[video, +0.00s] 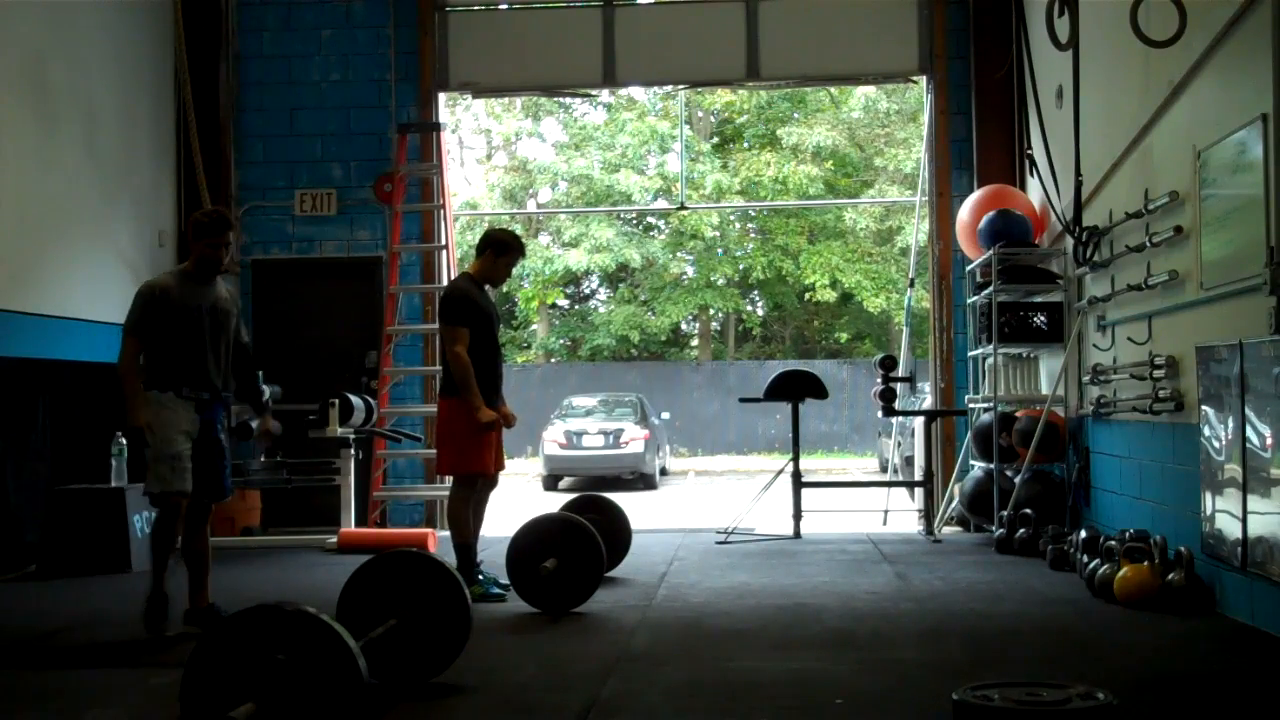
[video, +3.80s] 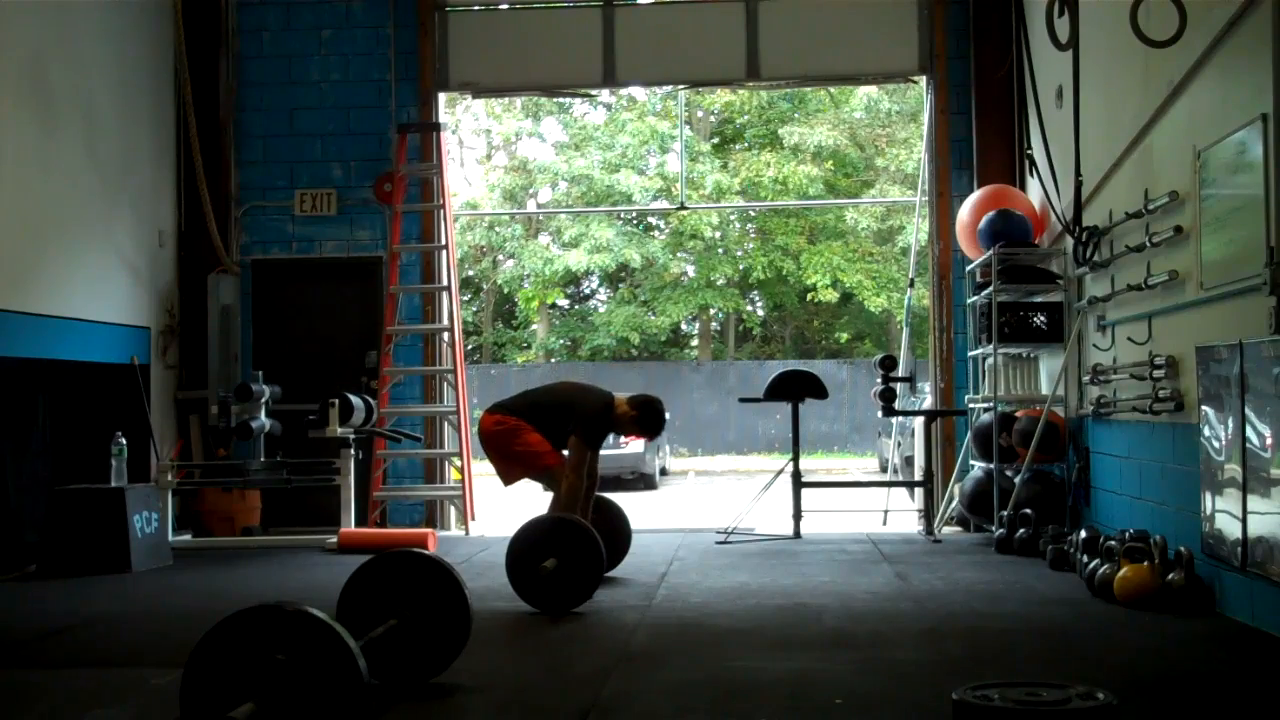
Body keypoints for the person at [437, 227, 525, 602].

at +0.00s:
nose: (509, 275)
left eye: (512, 268)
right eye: (509, 267)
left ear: (494, 258)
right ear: (490, 256)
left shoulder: (481, 294)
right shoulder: (460, 292)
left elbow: (486, 355)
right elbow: (456, 352)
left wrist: (499, 403)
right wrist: (479, 405)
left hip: (485, 406)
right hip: (464, 405)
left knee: (485, 482)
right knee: (466, 484)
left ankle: (471, 568)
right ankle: (467, 575)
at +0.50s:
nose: (520, 276)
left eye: (523, 269)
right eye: (520, 267)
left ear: (503, 258)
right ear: (502, 256)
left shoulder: (492, 294)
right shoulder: (472, 288)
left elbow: (508, 337)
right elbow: (475, 333)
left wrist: (526, 368)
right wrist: (513, 377)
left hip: (497, 401)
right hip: (474, 402)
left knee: (506, 481)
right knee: (475, 484)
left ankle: (514, 568)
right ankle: (469, 576)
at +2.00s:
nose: (573, 283)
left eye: (577, 278)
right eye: (574, 275)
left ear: (557, 260)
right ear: (558, 260)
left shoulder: (539, 296)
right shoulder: (525, 292)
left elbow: (539, 356)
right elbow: (524, 351)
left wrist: (557, 401)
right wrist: (557, 403)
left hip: (535, 401)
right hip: (524, 400)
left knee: (533, 482)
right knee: (530, 481)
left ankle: (525, 573)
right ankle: (520, 575)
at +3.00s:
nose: (614, 308)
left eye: (619, 303)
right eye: (616, 300)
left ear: (602, 282)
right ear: (604, 283)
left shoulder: (577, 312)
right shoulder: (565, 305)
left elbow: (574, 373)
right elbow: (549, 365)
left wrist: (581, 426)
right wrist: (557, 424)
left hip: (541, 399)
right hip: (525, 399)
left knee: (559, 479)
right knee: (549, 480)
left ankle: (552, 551)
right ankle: (542, 554)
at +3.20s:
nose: (625, 342)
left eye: (630, 338)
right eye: (629, 335)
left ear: (617, 314)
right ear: (621, 316)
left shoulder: (589, 336)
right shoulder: (581, 329)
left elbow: (584, 399)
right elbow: (567, 397)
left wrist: (586, 452)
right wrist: (571, 455)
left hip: (532, 404)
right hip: (515, 402)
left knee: (558, 480)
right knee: (552, 481)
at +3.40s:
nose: (627, 383)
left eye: (634, 381)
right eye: (633, 378)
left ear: (629, 355)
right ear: (630, 360)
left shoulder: (596, 364)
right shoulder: (591, 362)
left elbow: (590, 431)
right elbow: (581, 430)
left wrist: (586, 489)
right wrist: (582, 490)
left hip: (522, 410)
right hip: (509, 408)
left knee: (561, 480)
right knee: (557, 482)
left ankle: (550, 552)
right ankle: (546, 553)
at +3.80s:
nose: (627, 437)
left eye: (635, 436)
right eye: (633, 432)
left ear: (632, 409)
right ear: (632, 414)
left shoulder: (604, 413)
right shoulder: (595, 410)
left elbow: (590, 473)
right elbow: (576, 474)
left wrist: (582, 525)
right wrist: (565, 532)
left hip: (513, 424)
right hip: (503, 423)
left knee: (574, 480)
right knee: (568, 481)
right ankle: (554, 547)